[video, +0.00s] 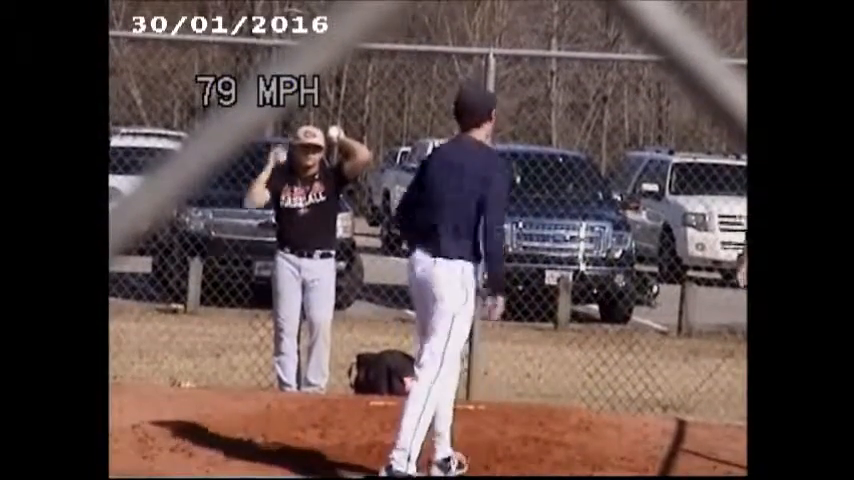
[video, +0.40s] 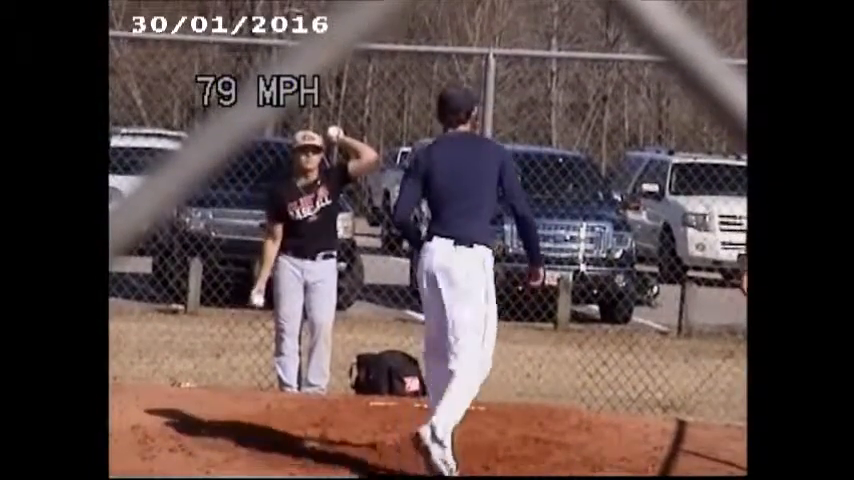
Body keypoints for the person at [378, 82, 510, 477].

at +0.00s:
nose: (496, 120)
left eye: (492, 113)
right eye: (495, 114)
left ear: (457, 116)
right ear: (491, 118)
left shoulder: (436, 156)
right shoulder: (493, 165)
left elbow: (405, 214)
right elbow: (492, 229)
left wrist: (424, 247)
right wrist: (496, 286)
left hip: (421, 261)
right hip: (456, 268)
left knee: (446, 361)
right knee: (433, 364)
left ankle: (443, 452)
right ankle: (400, 459)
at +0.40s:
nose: (478, 120)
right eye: (477, 115)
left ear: (441, 119)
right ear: (473, 117)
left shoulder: (426, 154)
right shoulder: (495, 153)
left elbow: (401, 213)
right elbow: (521, 210)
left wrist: (421, 244)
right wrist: (535, 261)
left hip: (432, 252)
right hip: (472, 257)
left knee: (435, 349)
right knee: (475, 354)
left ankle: (440, 438)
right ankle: (438, 430)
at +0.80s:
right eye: (492, 107)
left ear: (464, 109)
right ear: (494, 112)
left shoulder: (444, 148)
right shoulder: (510, 153)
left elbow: (410, 201)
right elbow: (517, 215)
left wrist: (439, 183)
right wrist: (527, 268)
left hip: (454, 255)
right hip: (496, 258)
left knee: (450, 350)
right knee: (500, 347)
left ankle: (442, 447)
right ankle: (501, 437)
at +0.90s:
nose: (473, 107)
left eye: (472, 102)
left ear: (474, 108)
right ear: (506, 112)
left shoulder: (453, 148)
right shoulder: (519, 157)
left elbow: (415, 194)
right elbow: (526, 219)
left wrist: (436, 169)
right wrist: (534, 272)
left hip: (460, 256)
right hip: (502, 258)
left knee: (454, 347)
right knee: (497, 346)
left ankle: (442, 434)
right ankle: (495, 436)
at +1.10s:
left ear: (496, 94)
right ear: (528, 98)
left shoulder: (474, 128)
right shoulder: (538, 143)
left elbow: (436, 160)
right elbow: (551, 205)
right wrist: (547, 250)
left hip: (473, 240)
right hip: (513, 245)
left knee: (468, 326)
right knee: (504, 333)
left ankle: (457, 400)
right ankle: (499, 408)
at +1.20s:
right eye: (532, 90)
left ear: (500, 90)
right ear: (533, 94)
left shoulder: (480, 124)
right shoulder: (542, 139)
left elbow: (445, 144)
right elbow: (555, 203)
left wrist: (474, 118)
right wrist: (540, 237)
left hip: (475, 234)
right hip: (515, 238)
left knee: (469, 326)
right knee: (505, 336)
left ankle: (469, 407)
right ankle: (498, 407)